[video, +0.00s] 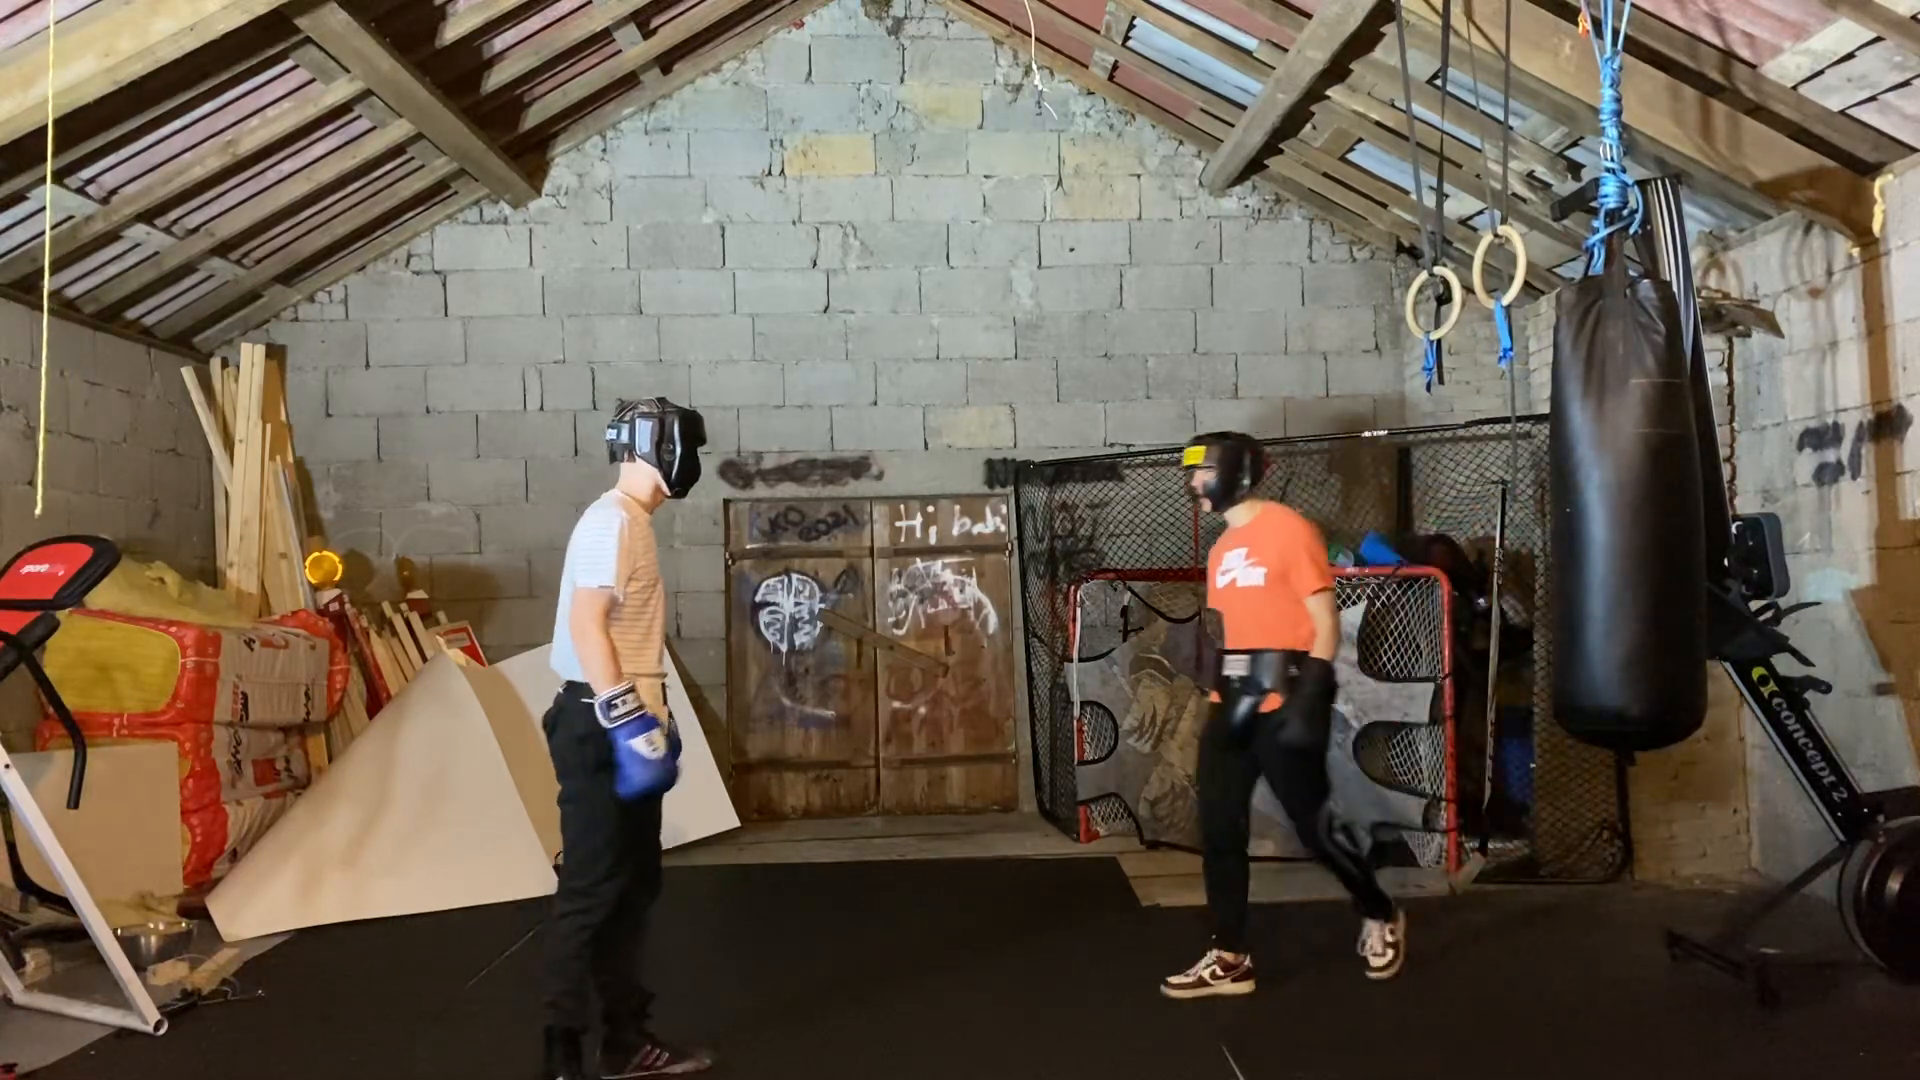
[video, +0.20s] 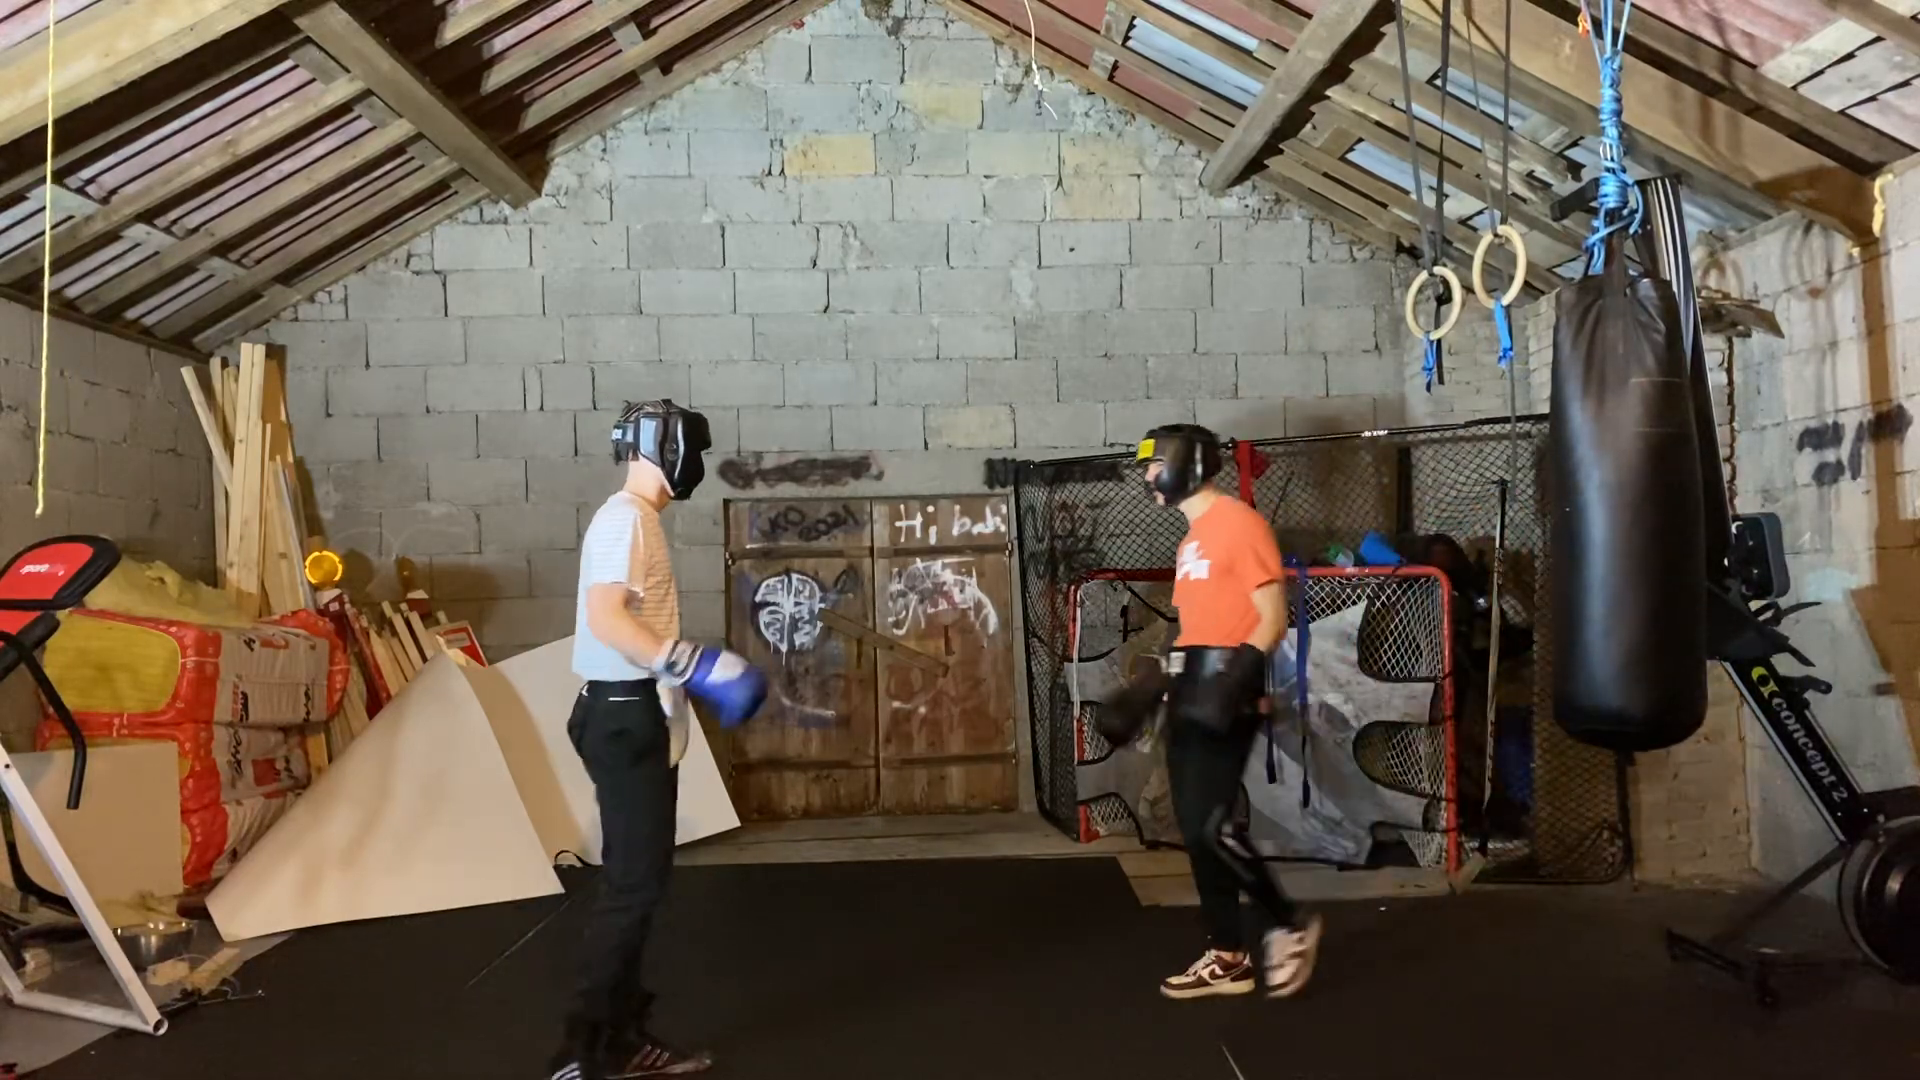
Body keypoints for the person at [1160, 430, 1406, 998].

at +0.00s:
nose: (1194, 482)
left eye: (1203, 470)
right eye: (1193, 471)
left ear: (1237, 472)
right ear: (1218, 477)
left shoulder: (1289, 529)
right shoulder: (1220, 549)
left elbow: (1326, 619)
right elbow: (1222, 630)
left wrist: (1310, 695)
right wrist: (1214, 696)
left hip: (1288, 693)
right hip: (1232, 699)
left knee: (1314, 826)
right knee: (1219, 828)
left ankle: (1381, 915)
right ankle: (1230, 955)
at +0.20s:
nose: (1149, 477)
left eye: (1157, 465)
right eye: (1149, 467)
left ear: (1190, 466)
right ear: (1187, 469)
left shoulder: (1242, 524)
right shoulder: (1195, 536)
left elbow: (1275, 615)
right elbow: (1192, 626)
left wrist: (1235, 684)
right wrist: (1153, 683)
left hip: (1229, 682)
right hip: (1194, 682)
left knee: (1211, 822)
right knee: (1195, 823)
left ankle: (1289, 926)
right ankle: (1228, 953)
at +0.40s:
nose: (1118, 483)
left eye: (1124, 471)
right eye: (1118, 472)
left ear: (1153, 469)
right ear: (1162, 469)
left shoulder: (1193, 527)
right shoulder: (1176, 529)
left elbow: (1208, 627)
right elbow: (1163, 622)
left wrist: (1128, 615)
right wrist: (1091, 611)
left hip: (1183, 701)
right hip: (1173, 698)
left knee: (1136, 824)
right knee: (1185, 827)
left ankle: (1146, 983)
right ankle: (1226, 954)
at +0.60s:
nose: (1074, 485)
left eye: (1080, 472)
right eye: (1076, 472)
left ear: (1103, 475)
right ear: (1130, 474)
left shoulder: (1135, 536)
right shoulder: (1156, 534)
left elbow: (1118, 633)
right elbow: (1142, 630)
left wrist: (1057, 598)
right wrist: (1081, 614)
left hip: (1126, 715)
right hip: (1159, 715)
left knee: (1071, 846)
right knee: (1153, 832)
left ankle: (1046, 996)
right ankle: (1219, 948)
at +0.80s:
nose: (1020, 496)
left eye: (1023, 485)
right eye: (1022, 485)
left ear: (1039, 486)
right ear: (1085, 484)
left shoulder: (1065, 547)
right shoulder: (1122, 543)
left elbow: (981, 621)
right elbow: (1043, 613)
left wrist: (921, 570)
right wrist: (961, 584)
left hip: (1096, 726)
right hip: (1149, 725)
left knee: (1021, 867)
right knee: (1153, 856)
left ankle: (1046, 1027)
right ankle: (1209, 978)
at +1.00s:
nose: (1005, 481)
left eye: (1007, 469)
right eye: (1004, 468)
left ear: (1025, 465)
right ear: (1075, 459)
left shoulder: (1044, 532)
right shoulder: (1129, 520)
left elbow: (1001, 636)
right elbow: (1116, 604)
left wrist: (946, 645)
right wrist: (1017, 597)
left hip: (1094, 727)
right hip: (1163, 723)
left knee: (1055, 866)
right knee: (1151, 859)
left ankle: (1047, 1031)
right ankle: (1182, 1006)